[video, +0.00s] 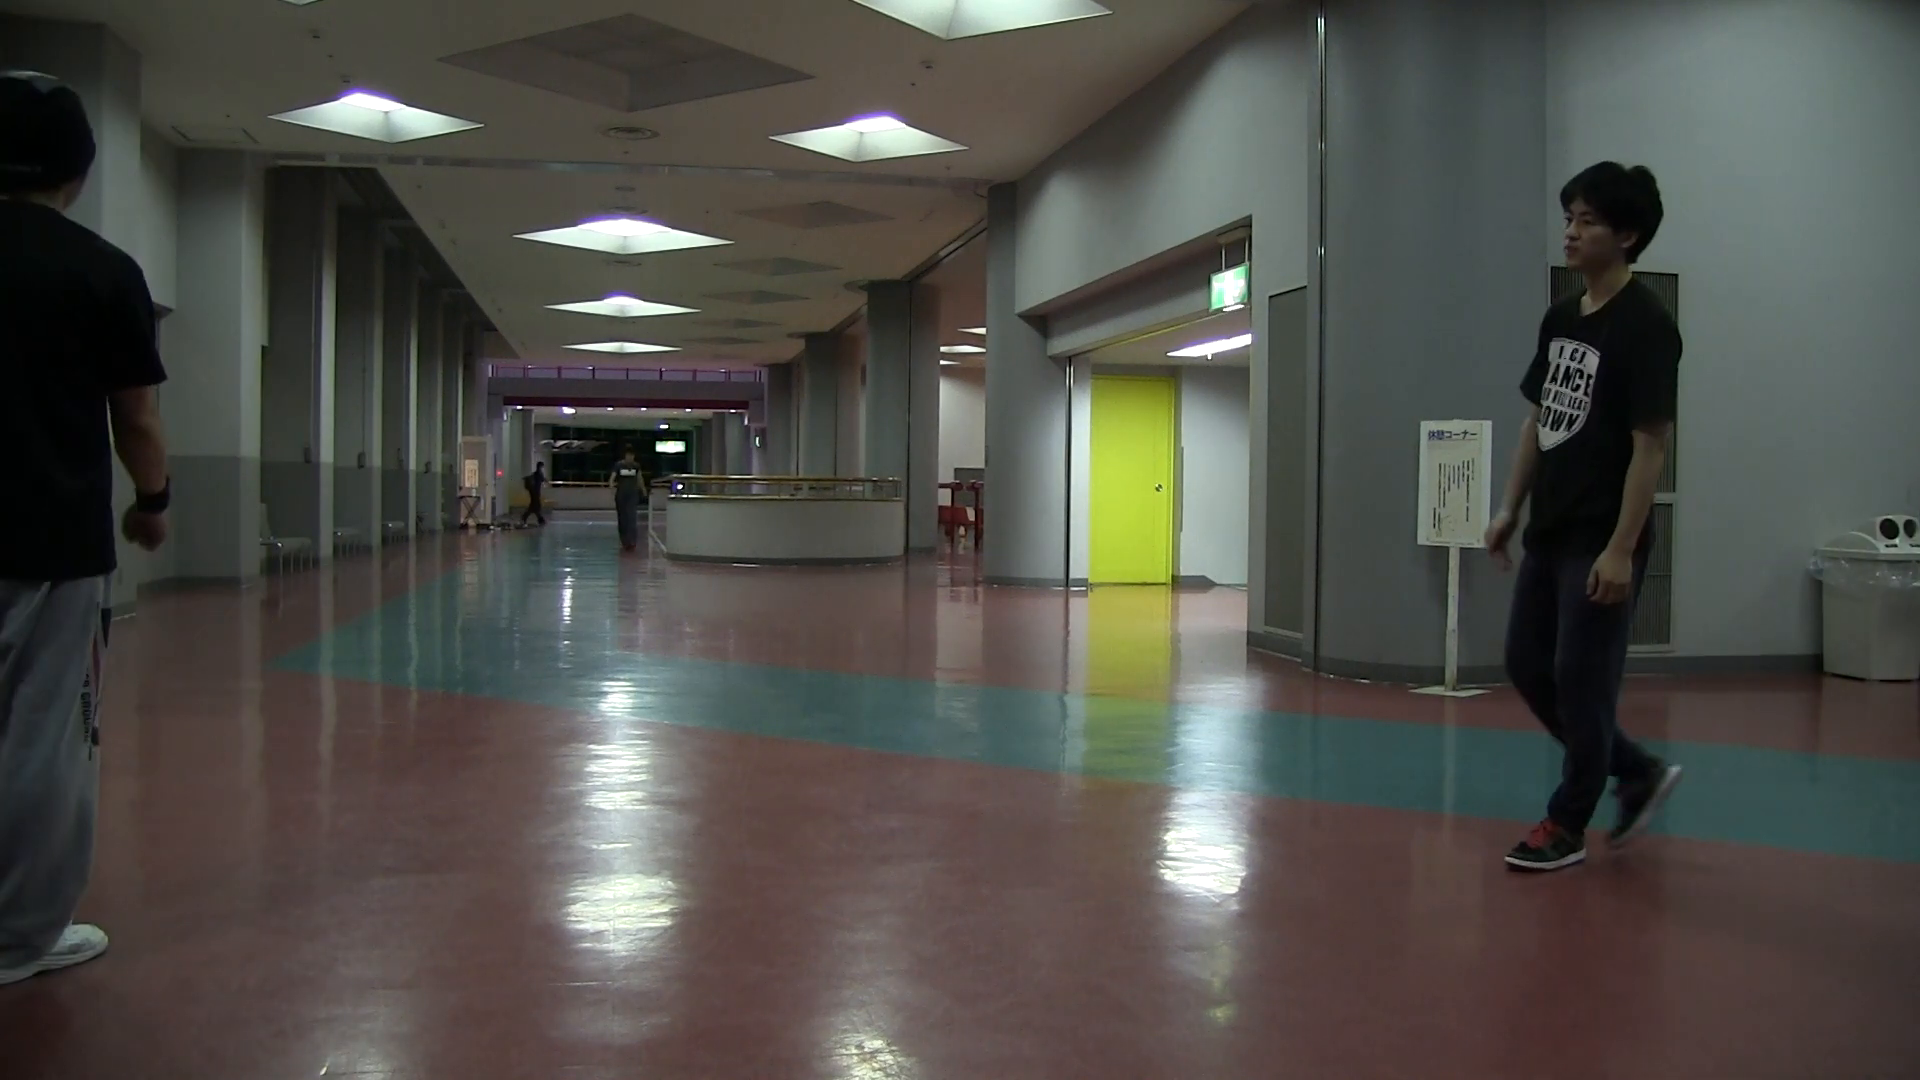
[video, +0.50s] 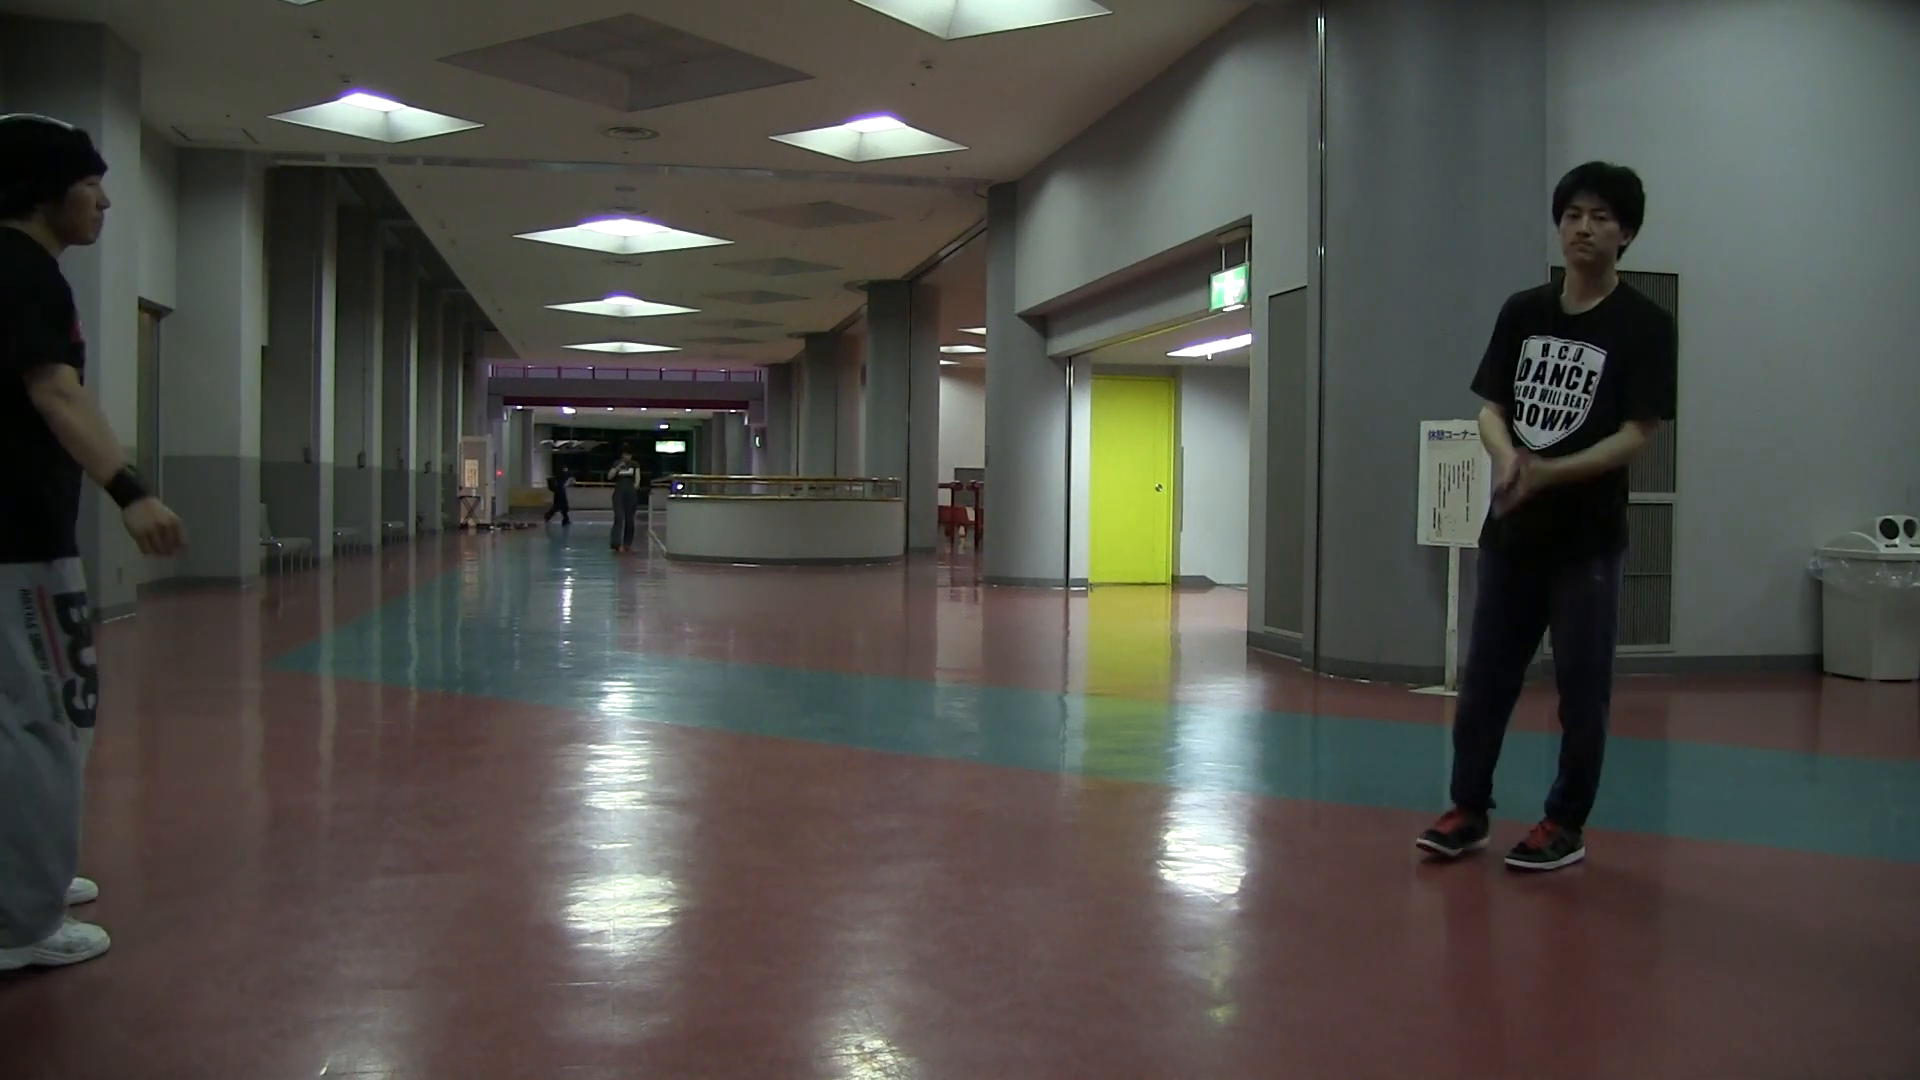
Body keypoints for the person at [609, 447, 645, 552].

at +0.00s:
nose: (630, 458)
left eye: (632, 456)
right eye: (628, 456)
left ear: (634, 457)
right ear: (625, 456)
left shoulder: (636, 466)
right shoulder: (619, 465)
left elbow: (640, 480)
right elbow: (612, 479)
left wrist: (644, 490)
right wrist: (612, 485)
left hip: (633, 496)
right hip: (621, 496)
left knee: (632, 519)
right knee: (623, 519)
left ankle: (632, 542)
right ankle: (625, 542)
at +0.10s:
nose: (630, 459)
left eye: (632, 457)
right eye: (628, 457)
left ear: (634, 457)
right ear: (625, 457)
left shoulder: (636, 468)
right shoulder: (619, 467)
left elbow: (640, 481)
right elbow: (612, 480)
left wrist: (644, 489)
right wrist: (617, 484)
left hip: (633, 497)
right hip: (621, 497)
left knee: (631, 519)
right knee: (622, 519)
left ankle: (628, 542)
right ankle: (624, 541)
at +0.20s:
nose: (630, 459)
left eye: (632, 456)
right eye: (628, 456)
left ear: (634, 457)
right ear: (624, 456)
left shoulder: (636, 467)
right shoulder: (619, 466)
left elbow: (641, 481)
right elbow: (612, 480)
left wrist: (645, 493)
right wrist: (618, 480)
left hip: (633, 498)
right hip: (621, 498)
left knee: (630, 519)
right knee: (622, 519)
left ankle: (627, 543)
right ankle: (623, 542)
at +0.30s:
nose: (628, 456)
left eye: (630, 454)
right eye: (627, 454)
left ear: (632, 455)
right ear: (624, 454)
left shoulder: (635, 465)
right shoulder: (618, 464)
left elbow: (640, 481)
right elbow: (612, 477)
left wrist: (645, 496)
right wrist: (618, 472)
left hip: (632, 496)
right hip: (620, 496)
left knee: (631, 519)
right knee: (620, 518)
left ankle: (627, 543)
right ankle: (621, 540)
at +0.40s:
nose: (627, 456)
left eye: (629, 454)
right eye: (626, 454)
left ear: (632, 454)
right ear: (623, 454)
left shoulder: (635, 465)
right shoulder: (618, 463)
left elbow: (639, 479)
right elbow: (610, 476)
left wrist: (641, 492)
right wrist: (617, 468)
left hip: (632, 495)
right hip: (620, 494)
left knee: (630, 520)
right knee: (619, 519)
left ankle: (627, 544)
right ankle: (618, 543)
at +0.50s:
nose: (627, 457)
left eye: (629, 455)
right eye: (625, 455)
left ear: (632, 456)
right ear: (622, 455)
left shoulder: (635, 465)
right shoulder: (618, 464)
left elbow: (637, 478)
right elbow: (610, 476)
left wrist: (635, 485)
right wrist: (618, 467)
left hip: (631, 494)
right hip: (619, 494)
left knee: (630, 519)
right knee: (619, 518)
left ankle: (627, 544)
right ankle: (616, 544)